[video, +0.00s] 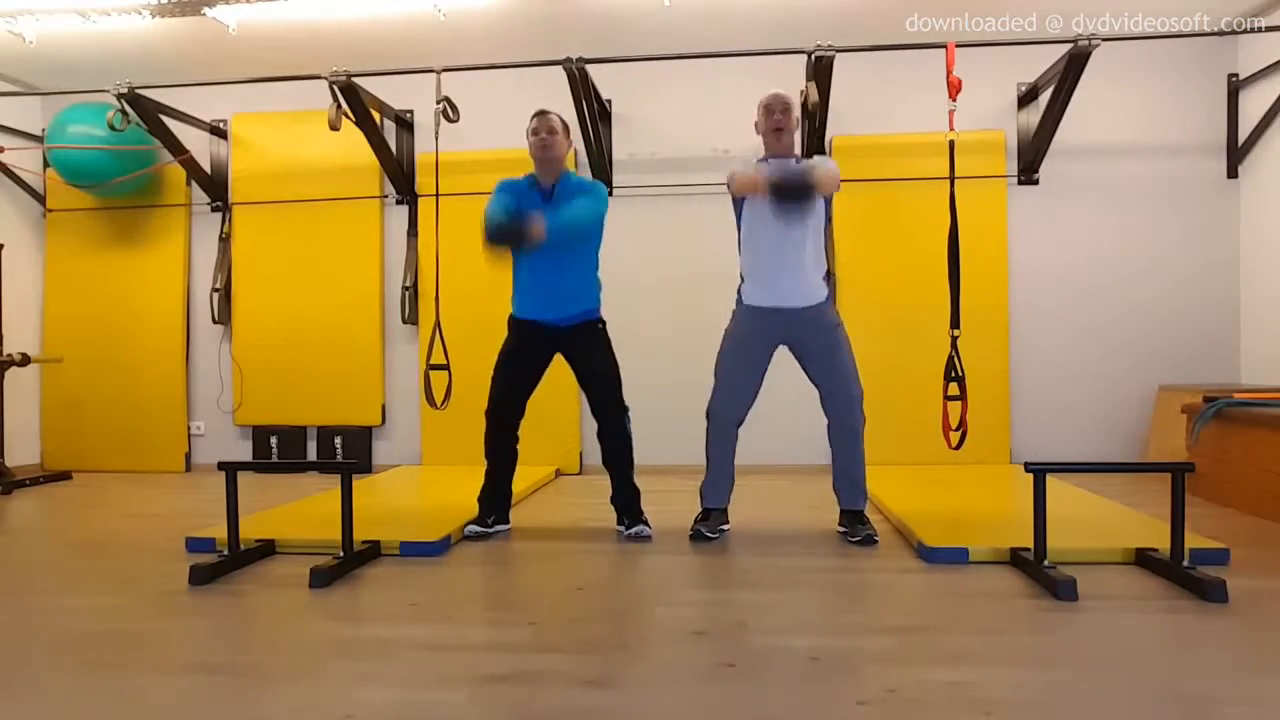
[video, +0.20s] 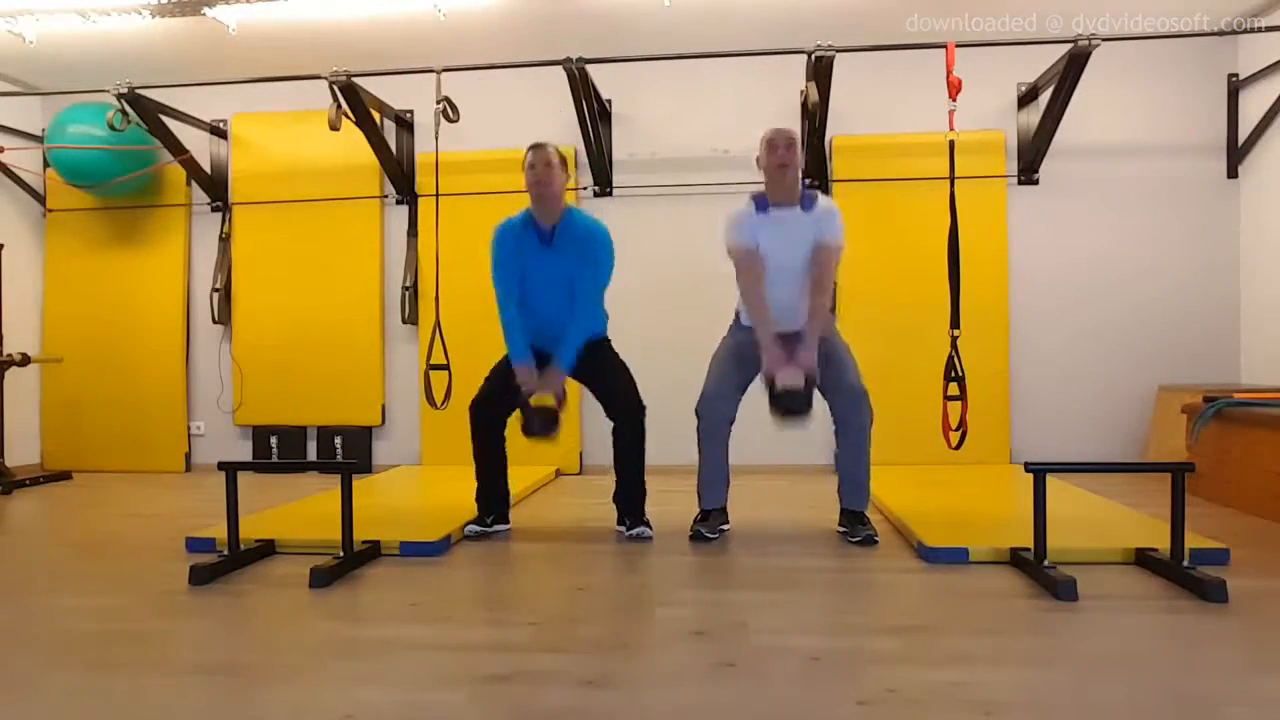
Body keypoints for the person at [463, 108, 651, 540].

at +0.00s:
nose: (543, 137)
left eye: (552, 131)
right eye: (536, 132)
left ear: (568, 144)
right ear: (527, 145)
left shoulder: (590, 192)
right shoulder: (512, 191)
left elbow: (579, 222)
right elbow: (495, 226)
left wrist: (535, 229)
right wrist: (519, 228)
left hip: (583, 326)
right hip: (529, 327)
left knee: (612, 415)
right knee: (501, 416)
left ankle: (629, 513)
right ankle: (494, 513)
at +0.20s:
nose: (543, 173)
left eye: (550, 166)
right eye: (535, 167)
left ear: (565, 178)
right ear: (525, 179)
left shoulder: (593, 235)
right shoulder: (508, 235)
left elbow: (587, 310)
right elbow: (508, 304)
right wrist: (522, 364)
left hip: (585, 346)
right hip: (530, 348)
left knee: (629, 410)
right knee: (484, 411)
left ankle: (632, 515)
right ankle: (494, 514)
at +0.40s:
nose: (525, 235)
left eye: (534, 227)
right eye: (517, 228)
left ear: (553, 232)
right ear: (509, 235)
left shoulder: (586, 280)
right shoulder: (497, 283)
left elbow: (590, 352)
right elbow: (513, 352)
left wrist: (573, 409)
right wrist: (543, 407)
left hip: (586, 370)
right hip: (529, 372)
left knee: (630, 415)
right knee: (475, 413)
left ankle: (632, 516)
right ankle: (492, 514)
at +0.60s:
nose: (527, 206)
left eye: (537, 198)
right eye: (518, 199)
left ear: (554, 206)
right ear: (510, 210)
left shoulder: (587, 259)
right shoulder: (496, 263)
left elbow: (587, 337)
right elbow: (511, 337)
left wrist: (570, 397)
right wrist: (538, 395)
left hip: (584, 358)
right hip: (527, 360)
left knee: (625, 414)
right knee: (475, 412)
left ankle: (630, 514)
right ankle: (491, 514)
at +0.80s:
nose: (537, 137)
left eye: (545, 130)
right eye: (530, 132)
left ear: (564, 143)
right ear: (521, 144)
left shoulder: (588, 197)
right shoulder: (502, 200)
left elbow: (577, 260)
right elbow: (504, 262)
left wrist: (553, 310)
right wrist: (520, 317)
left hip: (575, 321)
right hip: (520, 323)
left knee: (610, 410)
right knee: (490, 412)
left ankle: (629, 514)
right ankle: (492, 513)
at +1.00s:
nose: (544, 133)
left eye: (553, 127)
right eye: (537, 129)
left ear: (570, 141)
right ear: (528, 142)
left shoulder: (590, 179)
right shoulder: (515, 182)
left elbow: (588, 184)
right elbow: (497, 189)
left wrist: (544, 166)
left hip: (571, 315)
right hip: (519, 313)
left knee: (598, 414)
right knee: (503, 415)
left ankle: (627, 518)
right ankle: (493, 515)